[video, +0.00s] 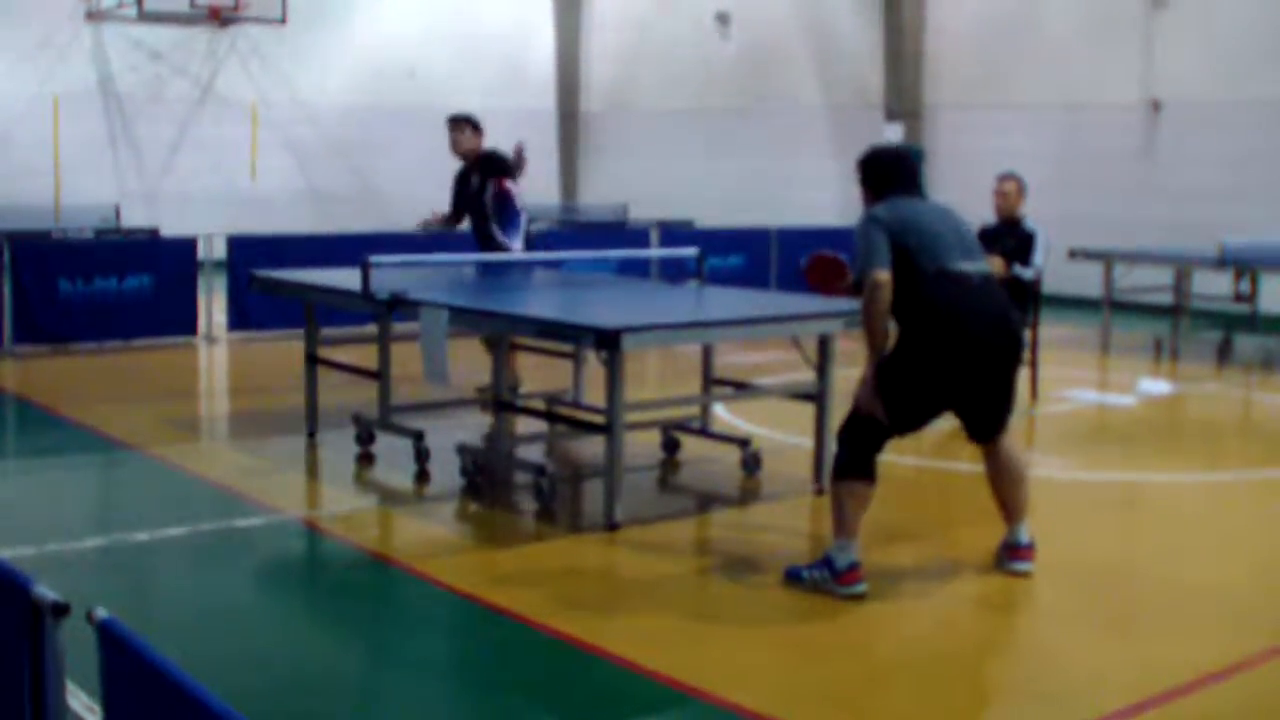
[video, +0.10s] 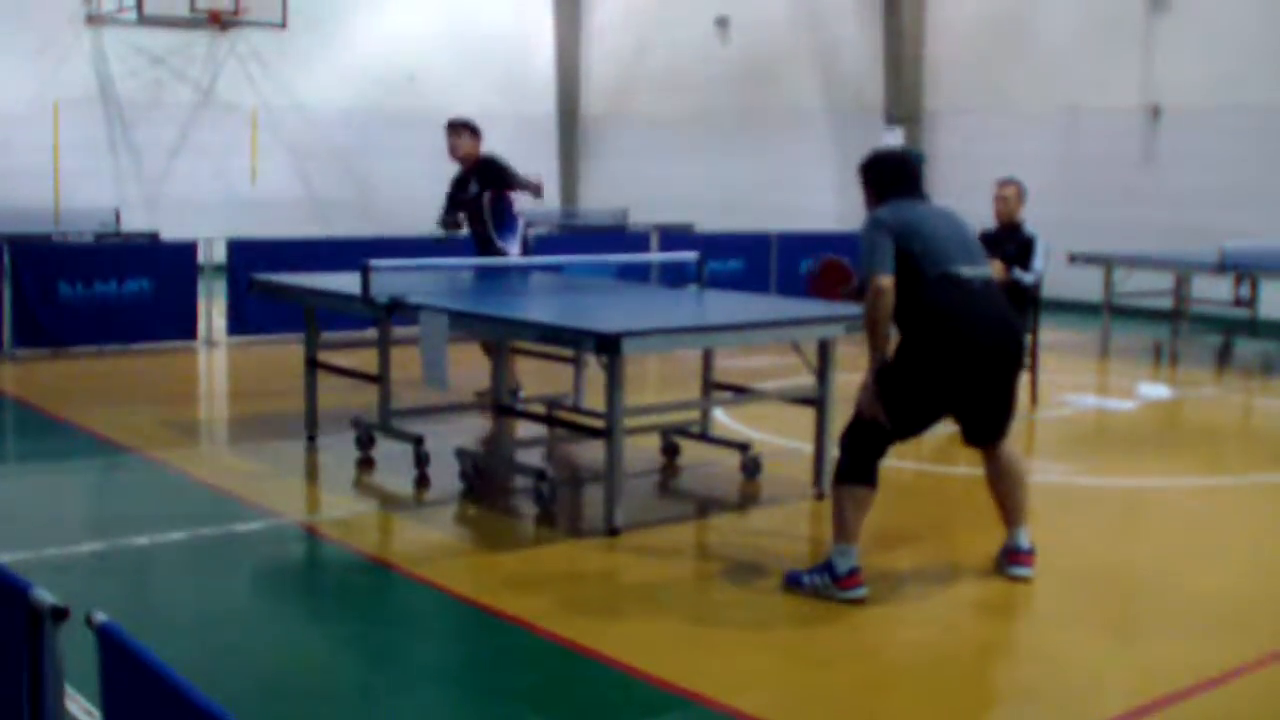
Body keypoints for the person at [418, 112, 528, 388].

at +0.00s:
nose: (455, 139)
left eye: (462, 132)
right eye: (453, 133)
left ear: (477, 136)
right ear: (451, 139)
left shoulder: (491, 159)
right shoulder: (463, 176)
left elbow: (511, 172)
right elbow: (457, 216)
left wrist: (517, 162)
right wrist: (438, 222)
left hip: (510, 256)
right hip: (487, 257)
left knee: (500, 323)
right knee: (489, 323)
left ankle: (507, 380)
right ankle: (505, 378)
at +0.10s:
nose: (454, 144)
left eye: (460, 138)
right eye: (451, 139)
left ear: (475, 140)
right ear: (448, 144)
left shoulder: (491, 166)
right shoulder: (460, 181)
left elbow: (513, 181)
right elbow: (448, 219)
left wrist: (532, 188)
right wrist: (456, 223)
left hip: (508, 262)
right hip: (484, 262)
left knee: (498, 328)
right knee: (485, 328)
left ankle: (507, 384)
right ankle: (506, 381)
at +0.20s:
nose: (448, 155)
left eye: (453, 148)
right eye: (446, 149)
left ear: (470, 147)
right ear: (450, 153)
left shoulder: (490, 175)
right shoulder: (458, 185)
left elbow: (520, 198)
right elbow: (444, 218)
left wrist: (546, 222)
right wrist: (423, 202)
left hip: (509, 269)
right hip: (482, 271)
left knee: (500, 337)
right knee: (479, 334)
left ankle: (509, 396)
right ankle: (504, 387)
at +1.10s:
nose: (388, 176)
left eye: (393, 168)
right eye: (380, 168)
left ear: (398, 167)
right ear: (363, 168)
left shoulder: (409, 200)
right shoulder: (338, 204)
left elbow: (429, 249)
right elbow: (312, 250)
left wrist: (438, 293)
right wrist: (335, 273)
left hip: (404, 300)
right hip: (356, 302)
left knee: (437, 358)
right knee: (331, 359)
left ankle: (461, 433)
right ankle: (318, 430)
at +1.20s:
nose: (380, 175)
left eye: (384, 167)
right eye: (371, 167)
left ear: (389, 166)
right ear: (354, 168)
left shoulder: (401, 200)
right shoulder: (330, 204)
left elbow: (422, 248)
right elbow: (305, 254)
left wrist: (425, 291)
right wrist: (323, 278)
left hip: (398, 299)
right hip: (349, 300)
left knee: (437, 352)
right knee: (323, 359)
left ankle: (446, 428)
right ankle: (316, 431)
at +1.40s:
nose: (355, 194)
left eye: (359, 186)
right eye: (347, 188)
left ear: (367, 186)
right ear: (333, 190)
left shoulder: (388, 221)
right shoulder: (320, 228)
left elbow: (408, 271)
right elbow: (303, 277)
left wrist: (399, 313)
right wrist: (288, 312)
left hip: (388, 317)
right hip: (342, 318)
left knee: (430, 361)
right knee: (304, 364)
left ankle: (443, 431)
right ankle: (303, 433)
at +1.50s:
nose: (318, 198)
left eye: (324, 189)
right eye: (310, 192)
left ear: (336, 188)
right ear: (303, 195)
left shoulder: (354, 219)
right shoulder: (301, 231)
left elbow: (366, 273)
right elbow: (301, 281)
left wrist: (345, 307)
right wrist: (295, 309)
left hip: (361, 312)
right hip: (318, 314)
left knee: (409, 361)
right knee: (284, 353)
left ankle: (447, 425)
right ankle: (281, 428)